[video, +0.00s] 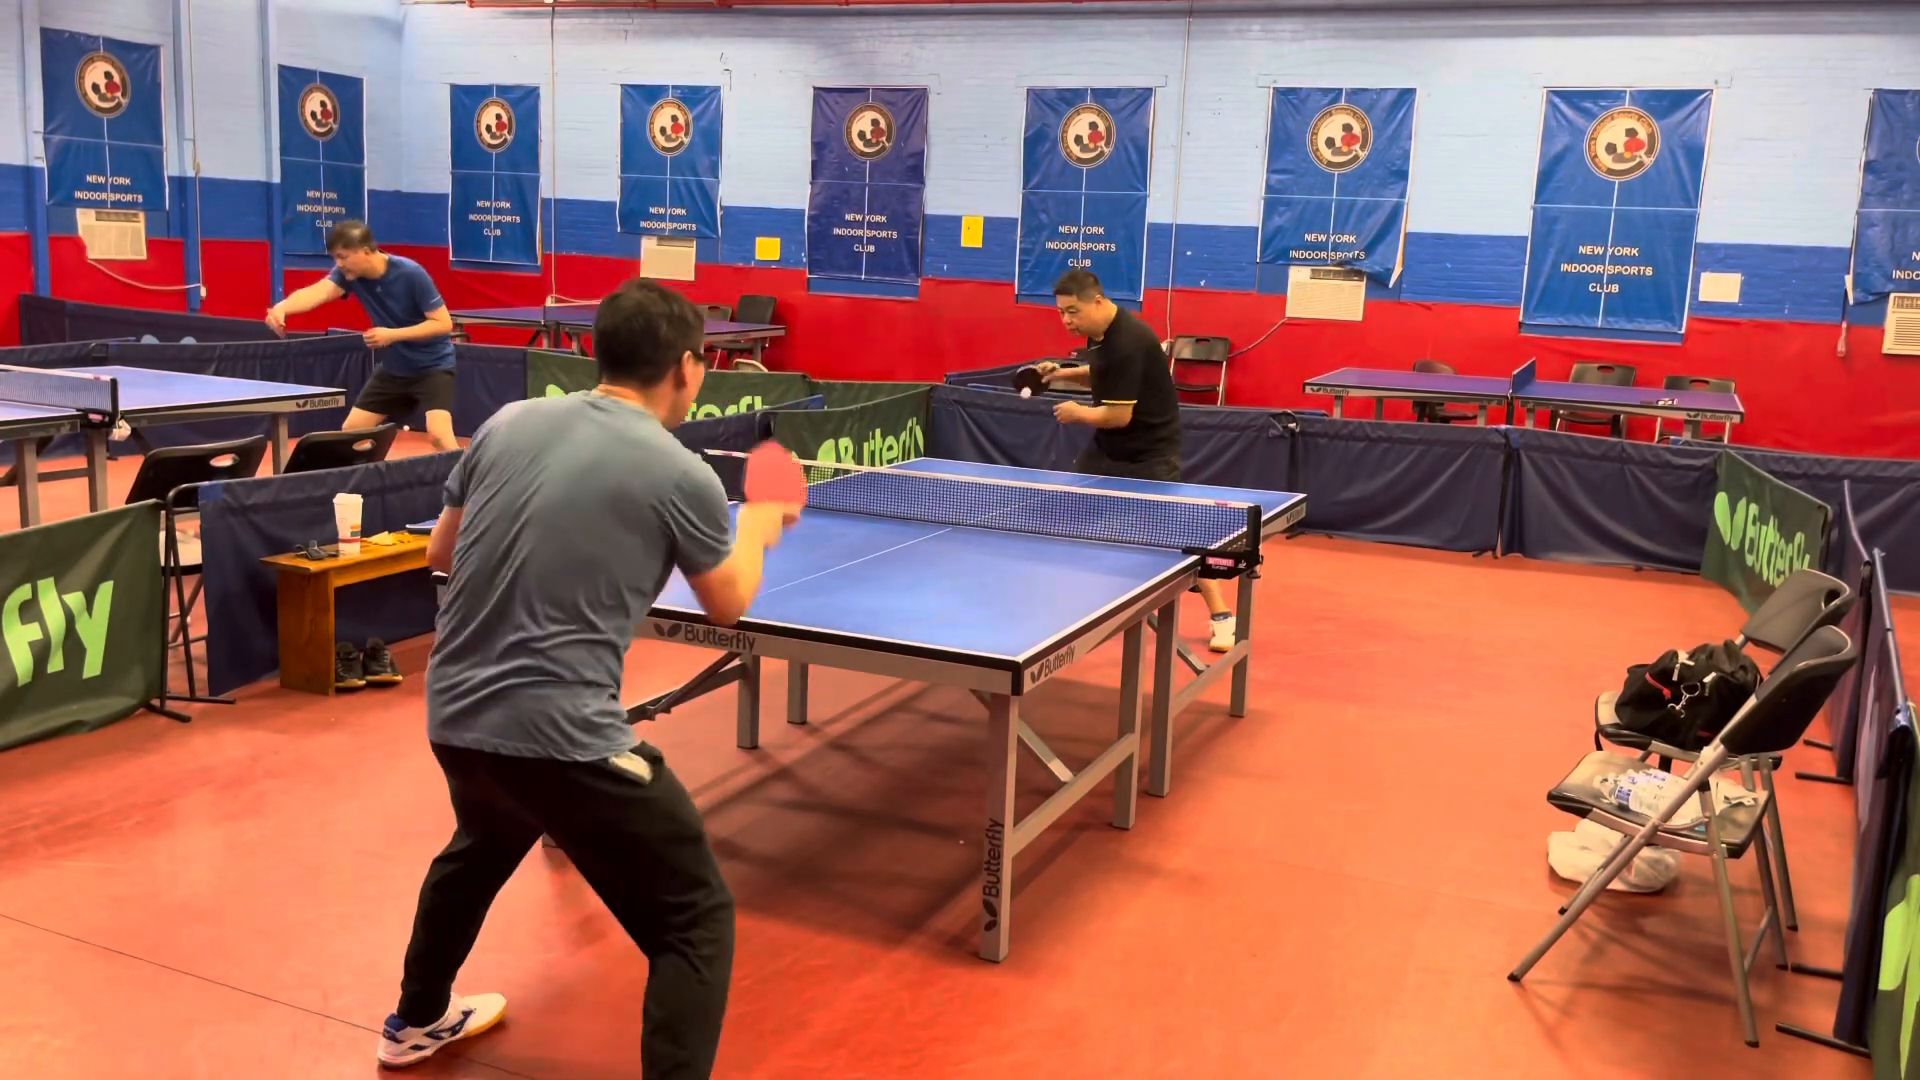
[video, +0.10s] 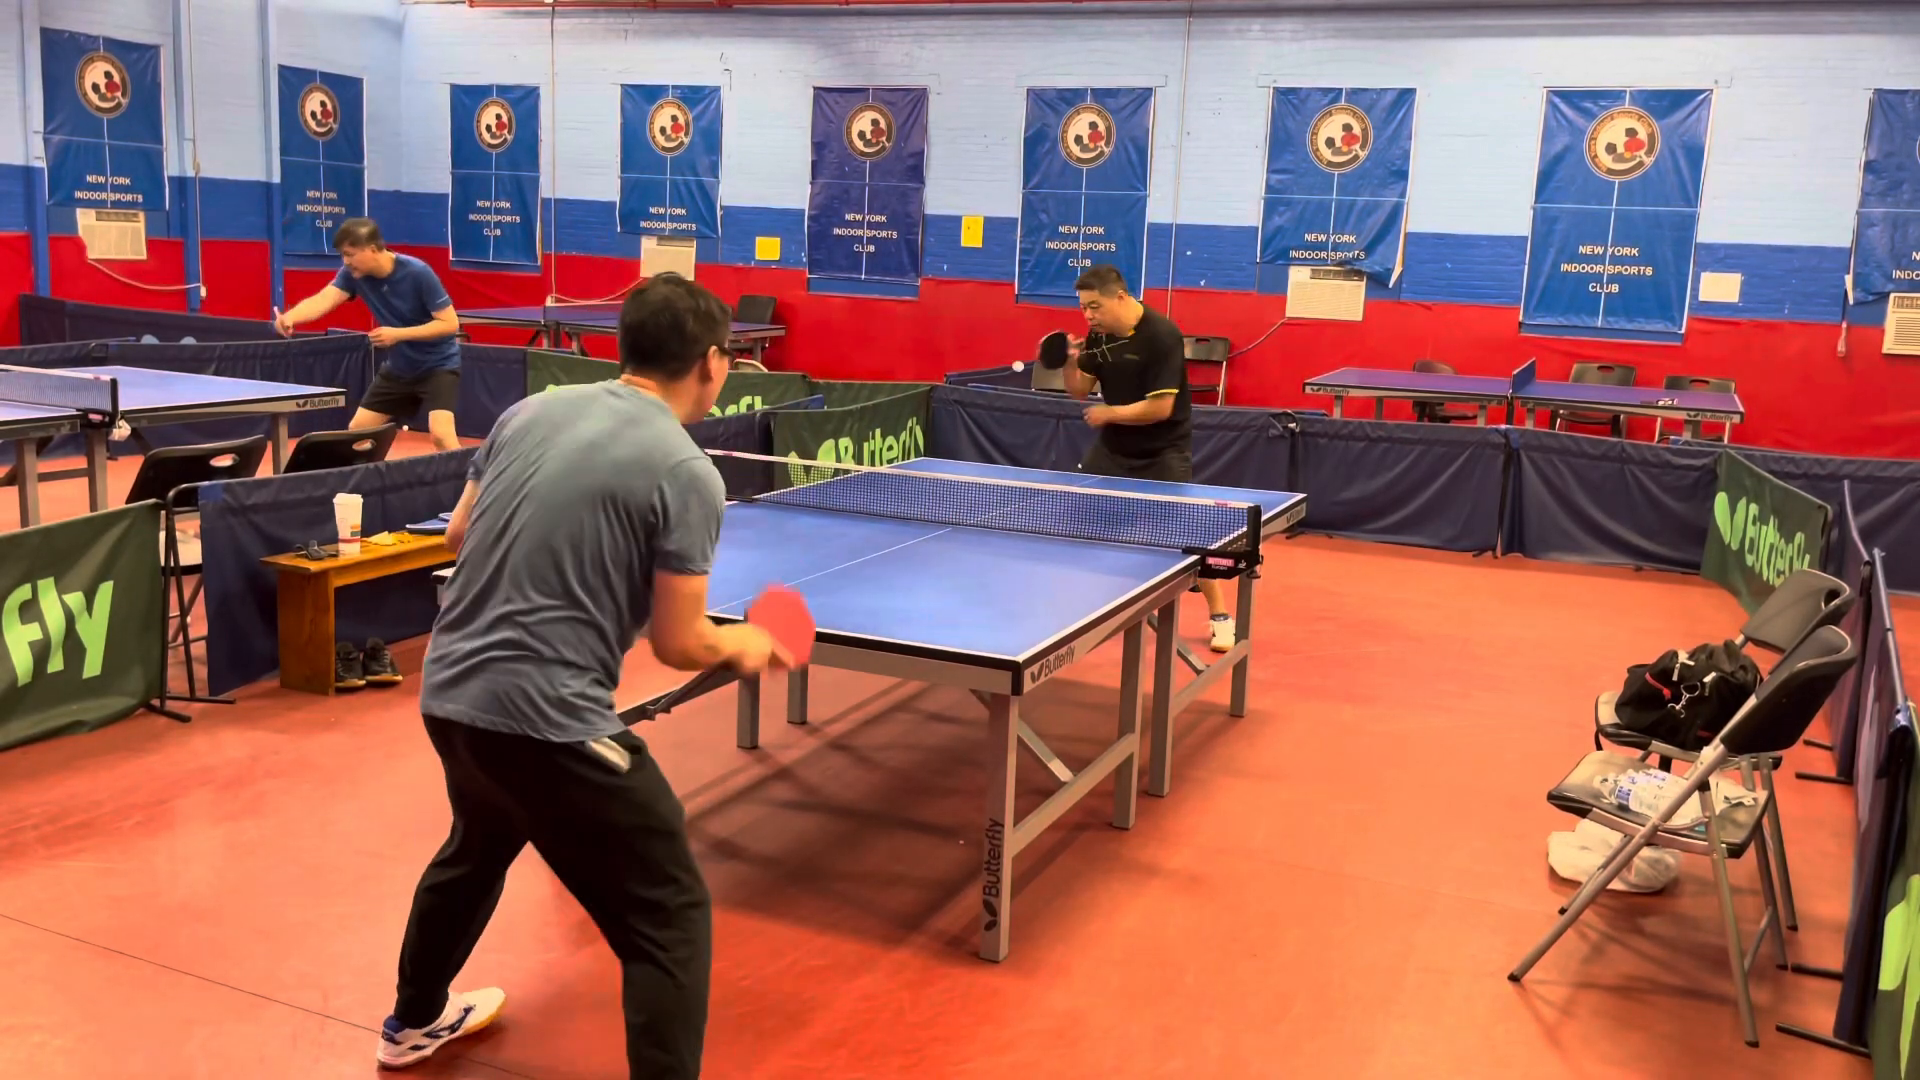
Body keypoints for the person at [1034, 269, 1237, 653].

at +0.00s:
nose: (1066, 322)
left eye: (1072, 312)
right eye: (1062, 313)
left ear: (1099, 303)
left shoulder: (1128, 341)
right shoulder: (1102, 332)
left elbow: (1120, 415)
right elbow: (1104, 375)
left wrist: (1081, 413)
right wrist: (1060, 374)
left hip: (1150, 455)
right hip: (1107, 447)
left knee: (1176, 530)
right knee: (1062, 509)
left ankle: (1220, 614)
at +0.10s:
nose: (1088, 317)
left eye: (1093, 308)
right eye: (1085, 309)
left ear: (1120, 297)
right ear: (1089, 305)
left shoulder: (1162, 335)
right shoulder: (1099, 335)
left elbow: (1162, 407)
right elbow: (1079, 388)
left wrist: (1111, 413)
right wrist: (1070, 362)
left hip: (1163, 453)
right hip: (1112, 449)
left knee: (1185, 531)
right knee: (1066, 510)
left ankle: (1218, 616)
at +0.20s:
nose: (1110, 311)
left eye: (1118, 302)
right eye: (1106, 302)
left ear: (1143, 295)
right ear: (1104, 299)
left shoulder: (1185, 332)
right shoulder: (1106, 335)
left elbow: (1205, 396)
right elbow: (1080, 401)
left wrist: (1145, 418)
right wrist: (1089, 359)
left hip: (1175, 452)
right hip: (1118, 449)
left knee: (1201, 527)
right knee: (1069, 508)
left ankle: (1222, 617)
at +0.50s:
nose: (1116, 311)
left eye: (1125, 303)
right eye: (1110, 303)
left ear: (1148, 298)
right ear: (1105, 303)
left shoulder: (1181, 337)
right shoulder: (1099, 343)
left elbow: (1203, 398)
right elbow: (1087, 400)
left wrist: (1151, 424)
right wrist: (1084, 409)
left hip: (1173, 455)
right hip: (1111, 452)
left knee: (1206, 526)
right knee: (1064, 510)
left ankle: (1224, 616)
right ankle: (1059, 606)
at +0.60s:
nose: (1095, 312)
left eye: (1104, 303)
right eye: (1090, 303)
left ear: (1127, 298)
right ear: (1086, 303)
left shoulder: (1159, 337)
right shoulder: (1090, 341)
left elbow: (1175, 404)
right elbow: (1084, 396)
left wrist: (1117, 422)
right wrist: (1067, 420)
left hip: (1166, 456)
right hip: (1108, 454)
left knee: (1198, 529)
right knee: (1071, 519)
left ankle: (1223, 615)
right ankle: (1072, 609)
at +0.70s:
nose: (1077, 318)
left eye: (1084, 310)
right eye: (1072, 310)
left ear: (1110, 302)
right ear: (1070, 307)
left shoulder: (1137, 339)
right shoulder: (1095, 338)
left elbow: (1140, 412)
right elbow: (1104, 385)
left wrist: (1091, 421)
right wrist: (1068, 413)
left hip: (1159, 452)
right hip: (1116, 449)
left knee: (1182, 529)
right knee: (1073, 511)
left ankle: (1227, 613)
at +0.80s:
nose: (1065, 326)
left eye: (1072, 317)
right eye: (1062, 317)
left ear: (1100, 308)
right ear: (1092, 310)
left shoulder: (1124, 345)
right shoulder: (1110, 337)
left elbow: (1118, 419)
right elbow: (1108, 381)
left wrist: (1079, 422)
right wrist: (1065, 398)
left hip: (1155, 462)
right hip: (1119, 454)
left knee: (1181, 538)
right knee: (1064, 509)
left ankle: (1239, 615)